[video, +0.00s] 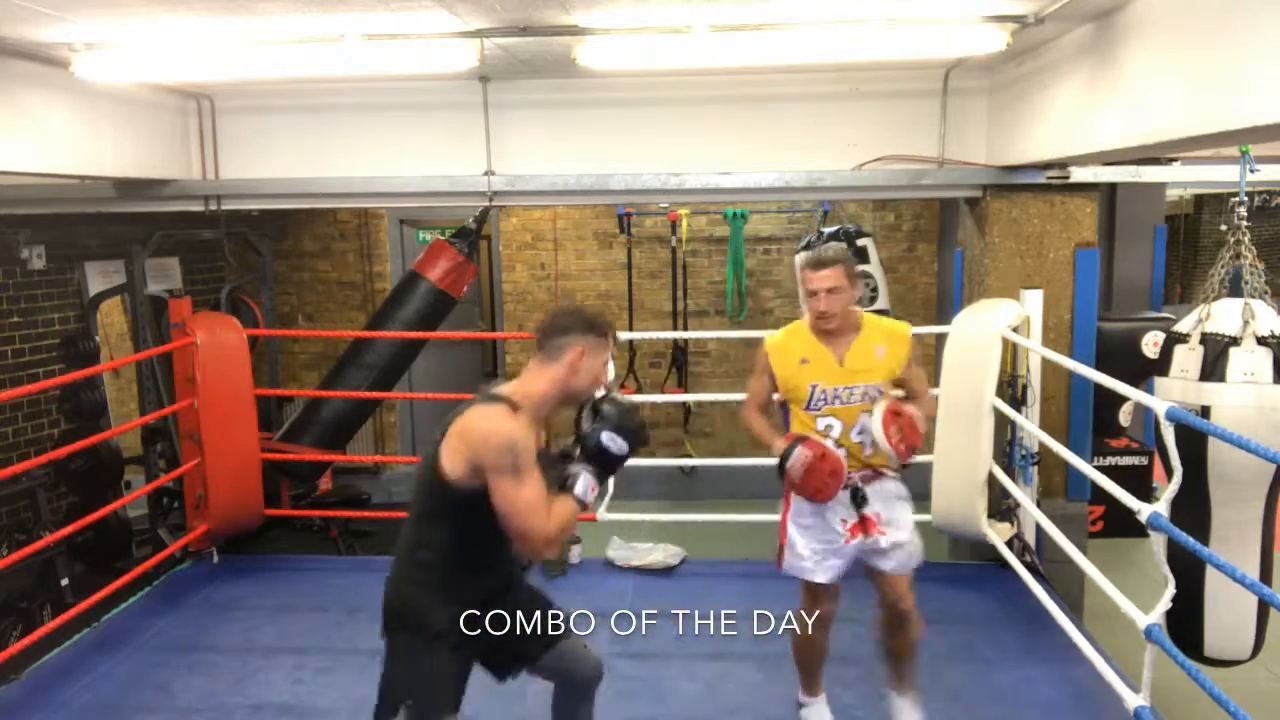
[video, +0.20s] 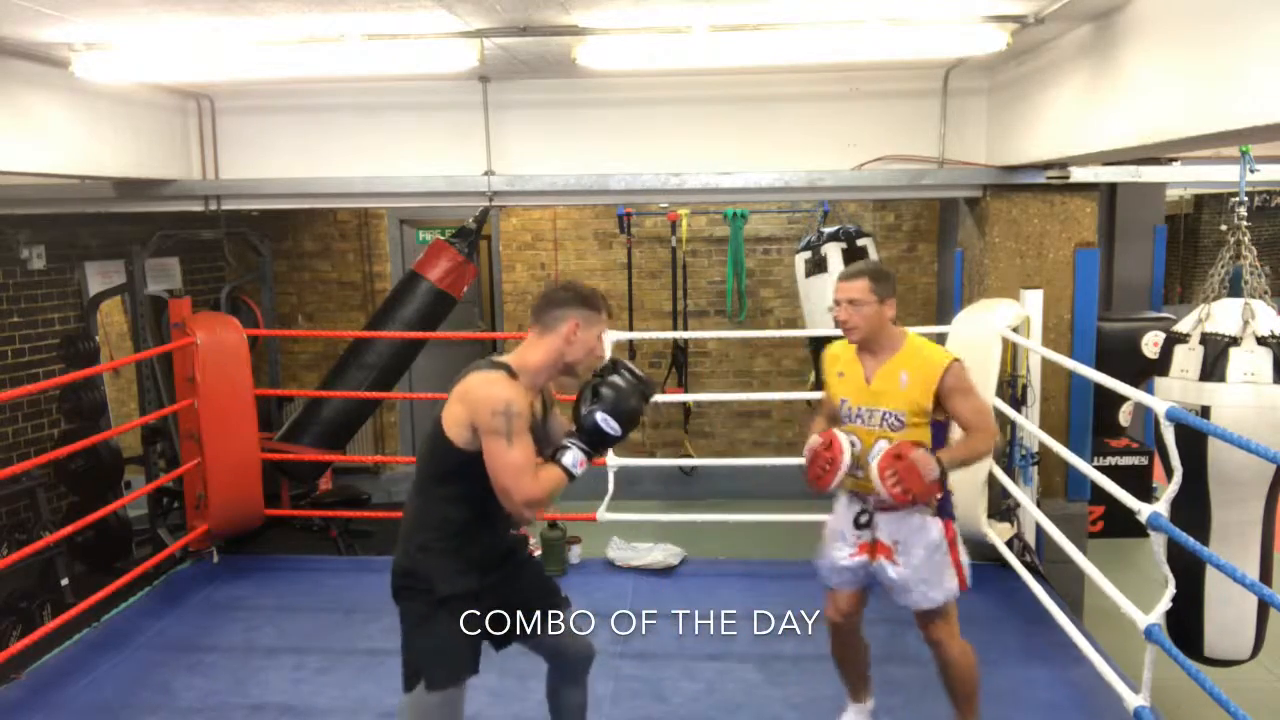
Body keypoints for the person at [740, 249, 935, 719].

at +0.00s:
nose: (821, 305)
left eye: (832, 293)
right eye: (811, 294)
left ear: (855, 291)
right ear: (801, 295)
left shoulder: (896, 338)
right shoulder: (779, 348)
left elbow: (922, 397)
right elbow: (751, 409)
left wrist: (912, 421)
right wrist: (782, 447)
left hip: (883, 490)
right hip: (815, 496)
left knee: (901, 605)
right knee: (817, 607)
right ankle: (812, 701)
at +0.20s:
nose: (840, 315)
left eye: (852, 304)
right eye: (838, 305)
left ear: (888, 307)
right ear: (837, 308)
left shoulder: (938, 368)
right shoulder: (836, 358)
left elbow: (985, 436)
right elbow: (826, 414)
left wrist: (939, 460)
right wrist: (815, 445)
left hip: (916, 517)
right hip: (852, 509)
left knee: (940, 633)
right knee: (839, 616)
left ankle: (968, 716)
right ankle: (860, 705)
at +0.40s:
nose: (859, 304)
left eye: (871, 294)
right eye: (857, 293)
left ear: (907, 297)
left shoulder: (945, 364)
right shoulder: (879, 343)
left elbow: (986, 439)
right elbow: (889, 412)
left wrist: (910, 449)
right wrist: (849, 423)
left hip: (938, 518)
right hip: (890, 505)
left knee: (956, 626)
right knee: (877, 597)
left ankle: (974, 716)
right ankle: (923, 699)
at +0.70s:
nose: (860, 304)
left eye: (871, 295)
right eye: (860, 294)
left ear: (908, 299)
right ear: (899, 303)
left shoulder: (933, 360)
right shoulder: (897, 346)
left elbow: (937, 449)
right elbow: (863, 391)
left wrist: (859, 420)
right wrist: (828, 383)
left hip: (926, 514)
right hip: (907, 505)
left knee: (917, 630)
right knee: (944, 612)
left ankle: (972, 714)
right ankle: (961, 702)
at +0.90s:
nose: (843, 305)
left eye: (854, 296)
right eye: (844, 295)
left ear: (890, 301)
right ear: (884, 304)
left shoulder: (916, 359)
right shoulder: (884, 346)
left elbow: (903, 443)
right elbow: (844, 391)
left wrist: (833, 403)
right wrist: (812, 381)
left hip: (905, 508)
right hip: (924, 502)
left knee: (847, 611)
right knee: (943, 607)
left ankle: (914, 711)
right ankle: (966, 707)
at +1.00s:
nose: (830, 309)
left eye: (840, 300)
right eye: (830, 299)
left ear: (875, 305)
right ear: (871, 306)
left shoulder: (902, 363)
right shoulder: (871, 352)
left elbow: (892, 448)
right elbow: (842, 401)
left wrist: (825, 408)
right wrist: (809, 390)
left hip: (888, 514)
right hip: (913, 510)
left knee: (828, 615)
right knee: (936, 609)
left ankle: (843, 714)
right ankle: (964, 707)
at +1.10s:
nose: (809, 312)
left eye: (820, 304)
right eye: (810, 302)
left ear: (854, 311)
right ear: (854, 312)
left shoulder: (874, 366)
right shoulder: (872, 354)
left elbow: (863, 450)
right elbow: (856, 427)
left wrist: (807, 402)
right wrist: (808, 406)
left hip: (863, 523)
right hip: (897, 515)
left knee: (816, 638)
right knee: (926, 613)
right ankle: (962, 707)